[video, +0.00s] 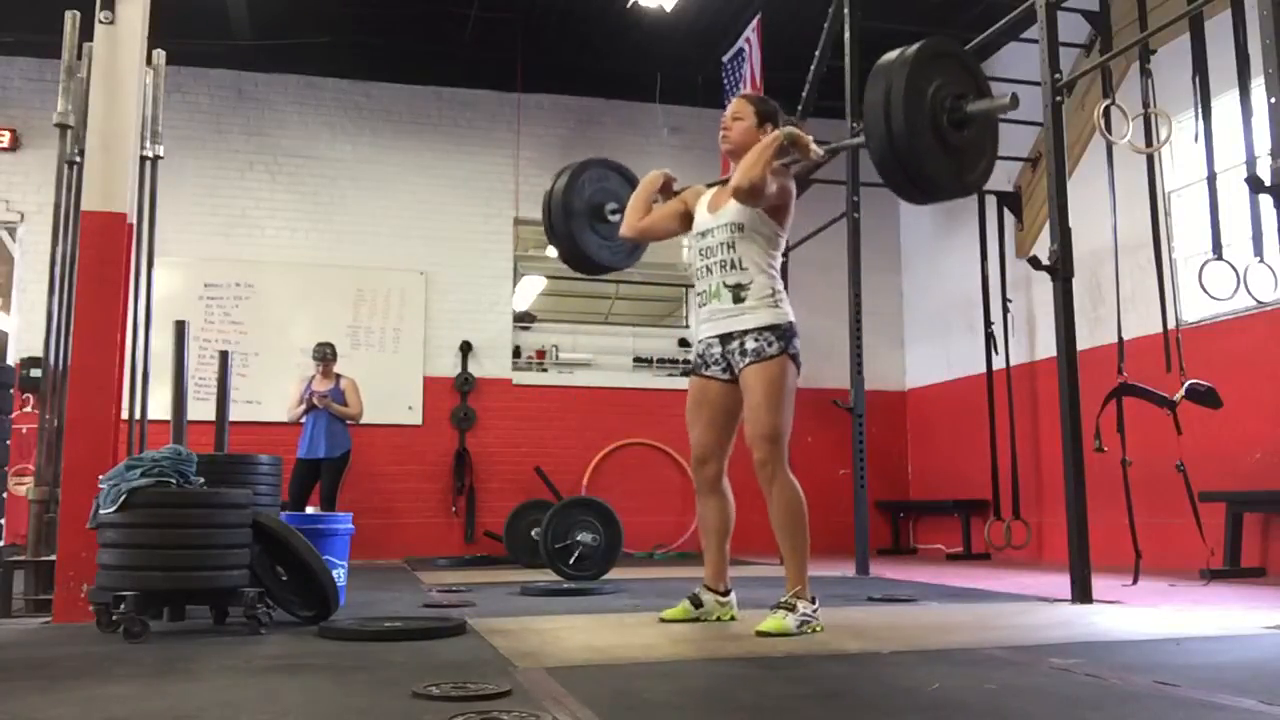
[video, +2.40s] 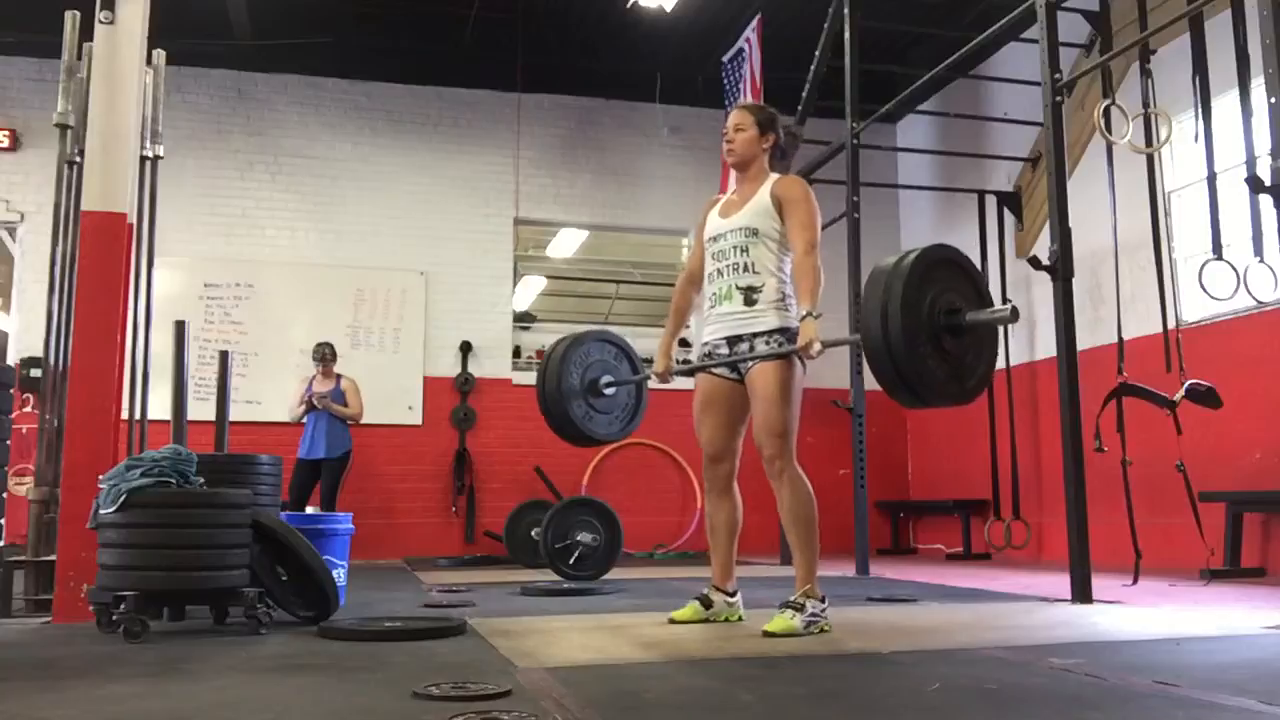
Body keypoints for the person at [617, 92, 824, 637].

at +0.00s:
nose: (724, 125)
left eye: (736, 118)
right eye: (724, 118)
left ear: (766, 135)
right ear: (725, 132)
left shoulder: (778, 184)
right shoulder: (697, 197)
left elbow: (743, 185)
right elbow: (632, 227)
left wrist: (779, 137)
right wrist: (655, 179)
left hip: (764, 336)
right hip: (711, 343)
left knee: (769, 462)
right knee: (705, 465)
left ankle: (800, 600)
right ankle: (716, 592)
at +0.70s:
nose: (744, 118)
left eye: (756, 113)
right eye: (744, 113)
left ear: (779, 134)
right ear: (740, 131)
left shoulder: (785, 183)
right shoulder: (713, 200)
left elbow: (818, 209)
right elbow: (663, 250)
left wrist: (810, 137)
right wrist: (652, 191)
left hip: (767, 333)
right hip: (714, 340)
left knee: (777, 460)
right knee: (709, 465)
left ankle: (803, 598)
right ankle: (721, 593)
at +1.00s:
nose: (752, 128)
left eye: (764, 123)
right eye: (750, 122)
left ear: (789, 139)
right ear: (746, 138)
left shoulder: (798, 175)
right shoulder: (726, 194)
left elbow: (855, 170)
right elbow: (677, 222)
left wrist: (830, 194)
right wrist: (663, 255)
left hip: (787, 333)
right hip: (735, 339)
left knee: (789, 459)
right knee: (719, 463)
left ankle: (804, 598)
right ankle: (722, 592)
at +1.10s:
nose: (725, 127)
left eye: (738, 121)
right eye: (726, 121)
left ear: (765, 136)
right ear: (725, 138)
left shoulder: (785, 181)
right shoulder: (712, 204)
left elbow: (846, 216)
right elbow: (680, 265)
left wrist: (820, 279)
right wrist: (667, 319)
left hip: (791, 339)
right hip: (739, 348)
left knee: (792, 462)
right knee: (720, 464)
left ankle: (804, 599)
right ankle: (722, 592)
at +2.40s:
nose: (727, 137)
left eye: (738, 129)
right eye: (725, 130)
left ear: (767, 139)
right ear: (724, 142)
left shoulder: (787, 188)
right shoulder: (714, 211)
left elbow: (806, 252)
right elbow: (689, 279)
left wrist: (808, 315)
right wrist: (668, 340)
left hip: (770, 338)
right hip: (716, 345)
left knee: (777, 459)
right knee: (716, 464)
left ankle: (808, 597)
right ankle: (722, 593)